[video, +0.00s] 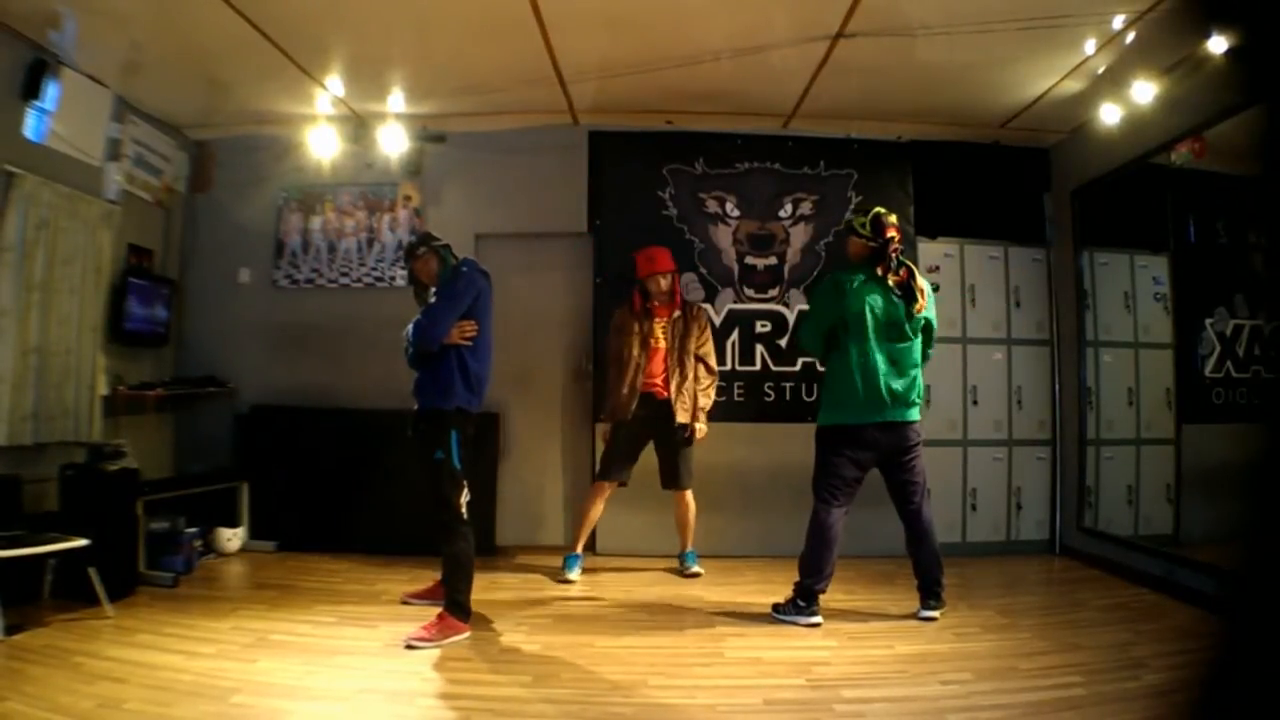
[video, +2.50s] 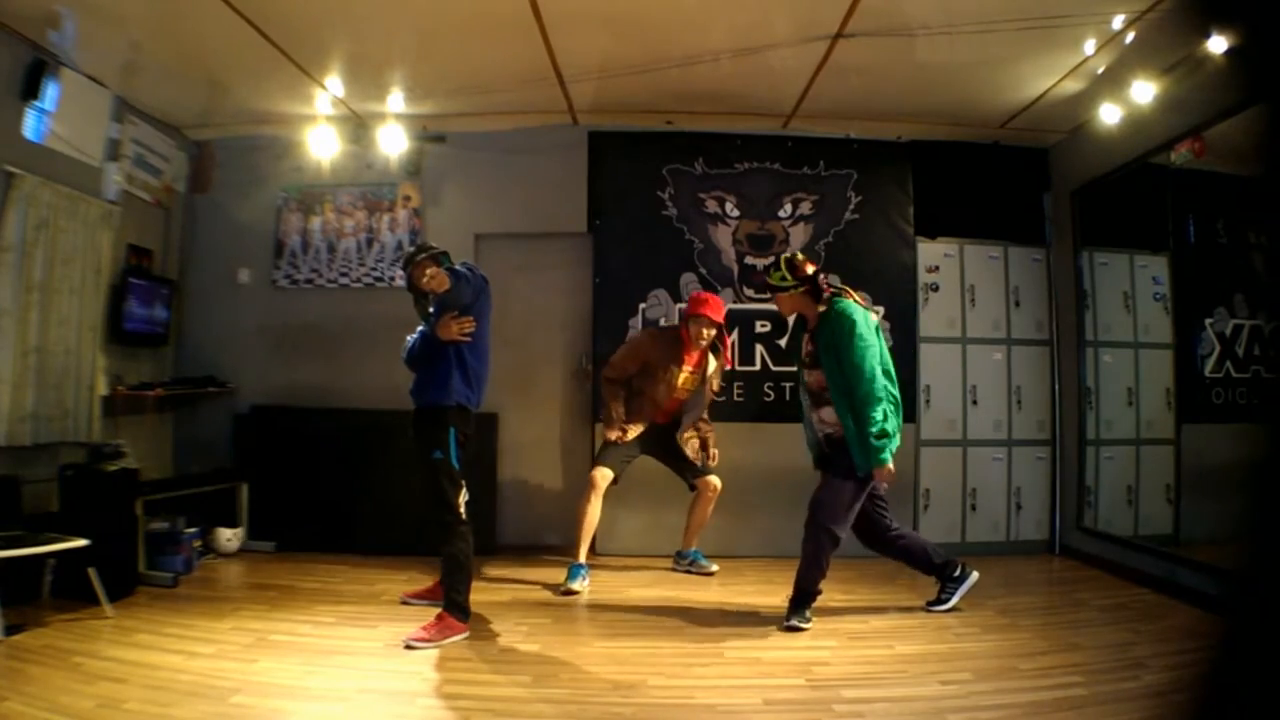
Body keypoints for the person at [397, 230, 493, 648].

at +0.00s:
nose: (418, 275)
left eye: (420, 265)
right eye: (413, 269)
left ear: (435, 255)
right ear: (419, 268)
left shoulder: (468, 276)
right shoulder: (443, 290)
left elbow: (432, 334)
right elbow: (411, 347)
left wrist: (414, 329)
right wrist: (438, 334)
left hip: (455, 408)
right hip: (435, 407)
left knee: (455, 509)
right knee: (443, 502)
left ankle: (456, 614)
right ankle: (448, 581)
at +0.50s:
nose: (415, 274)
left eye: (417, 264)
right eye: (410, 268)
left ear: (433, 255)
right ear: (414, 270)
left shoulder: (464, 277)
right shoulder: (439, 290)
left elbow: (427, 335)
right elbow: (409, 348)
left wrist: (411, 329)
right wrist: (434, 335)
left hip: (454, 408)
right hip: (434, 407)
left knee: (454, 509)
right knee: (442, 502)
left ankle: (456, 614)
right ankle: (448, 582)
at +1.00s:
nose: (413, 276)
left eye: (415, 266)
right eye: (408, 270)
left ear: (431, 256)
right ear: (414, 269)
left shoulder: (463, 278)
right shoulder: (438, 291)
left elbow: (428, 335)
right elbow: (409, 349)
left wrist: (411, 330)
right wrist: (436, 335)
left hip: (453, 409)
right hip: (433, 409)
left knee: (455, 509)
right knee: (441, 502)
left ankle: (456, 614)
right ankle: (447, 581)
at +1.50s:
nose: (410, 287)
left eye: (413, 278)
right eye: (408, 281)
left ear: (431, 265)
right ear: (427, 268)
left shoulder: (472, 279)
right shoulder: (433, 308)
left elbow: (447, 293)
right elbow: (409, 353)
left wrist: (417, 273)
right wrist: (436, 332)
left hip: (453, 407)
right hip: (431, 408)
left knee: (454, 509)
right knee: (440, 502)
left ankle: (456, 613)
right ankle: (447, 582)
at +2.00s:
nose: (428, 276)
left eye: (431, 267)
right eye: (420, 276)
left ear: (445, 263)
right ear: (417, 285)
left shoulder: (473, 283)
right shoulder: (435, 309)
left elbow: (456, 285)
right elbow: (410, 355)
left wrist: (415, 334)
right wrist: (433, 332)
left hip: (454, 407)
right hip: (431, 408)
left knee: (455, 508)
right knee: (443, 503)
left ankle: (455, 613)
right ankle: (448, 582)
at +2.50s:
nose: (428, 280)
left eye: (430, 271)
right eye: (420, 279)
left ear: (444, 264)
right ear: (417, 286)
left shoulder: (471, 280)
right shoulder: (434, 309)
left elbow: (455, 295)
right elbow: (411, 355)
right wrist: (434, 333)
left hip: (454, 406)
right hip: (431, 408)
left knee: (455, 508)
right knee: (442, 502)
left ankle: (455, 614)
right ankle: (447, 582)